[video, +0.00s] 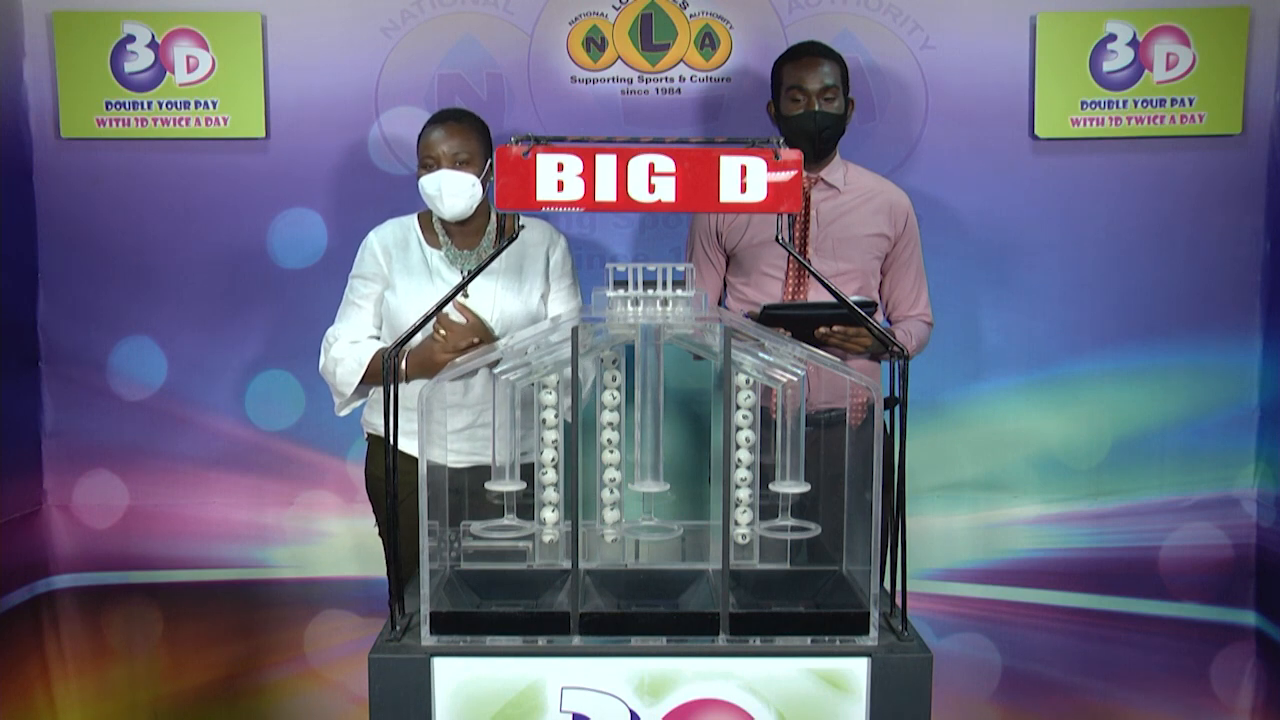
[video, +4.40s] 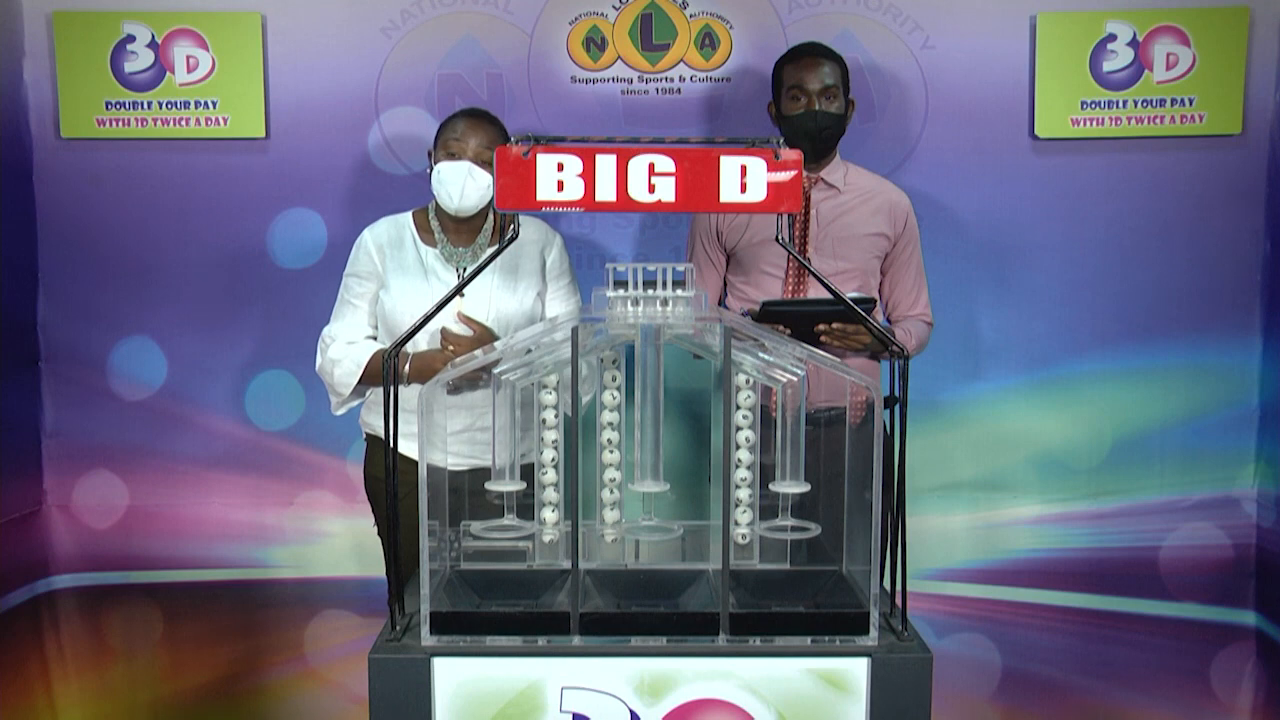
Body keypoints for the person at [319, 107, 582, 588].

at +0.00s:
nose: (447, 180)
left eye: (462, 164)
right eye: (433, 166)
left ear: (489, 166)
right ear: (419, 171)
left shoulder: (543, 246)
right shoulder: (385, 246)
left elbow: (569, 360)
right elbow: (340, 359)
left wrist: (494, 351)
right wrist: (417, 361)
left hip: (510, 463)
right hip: (407, 463)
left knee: (504, 619)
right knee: (415, 617)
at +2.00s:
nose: (441, 178)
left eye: (455, 162)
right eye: (427, 165)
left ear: (481, 167)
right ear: (413, 173)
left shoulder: (537, 246)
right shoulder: (380, 248)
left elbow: (567, 350)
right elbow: (336, 360)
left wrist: (494, 355)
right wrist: (418, 361)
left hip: (505, 462)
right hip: (404, 462)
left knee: (500, 614)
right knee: (414, 612)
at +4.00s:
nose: (458, 170)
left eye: (476, 158)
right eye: (446, 156)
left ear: (501, 167)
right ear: (428, 165)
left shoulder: (538, 245)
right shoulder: (380, 245)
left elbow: (568, 356)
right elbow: (337, 358)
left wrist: (496, 359)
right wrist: (414, 363)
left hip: (507, 464)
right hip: (405, 465)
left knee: (501, 617)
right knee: (416, 616)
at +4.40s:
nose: (464, 171)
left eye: (482, 160)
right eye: (452, 155)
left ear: (504, 172)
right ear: (431, 162)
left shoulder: (539, 244)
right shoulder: (380, 244)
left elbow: (571, 357)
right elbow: (338, 358)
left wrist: (503, 357)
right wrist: (429, 363)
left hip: (509, 463)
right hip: (407, 463)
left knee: (504, 618)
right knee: (416, 615)